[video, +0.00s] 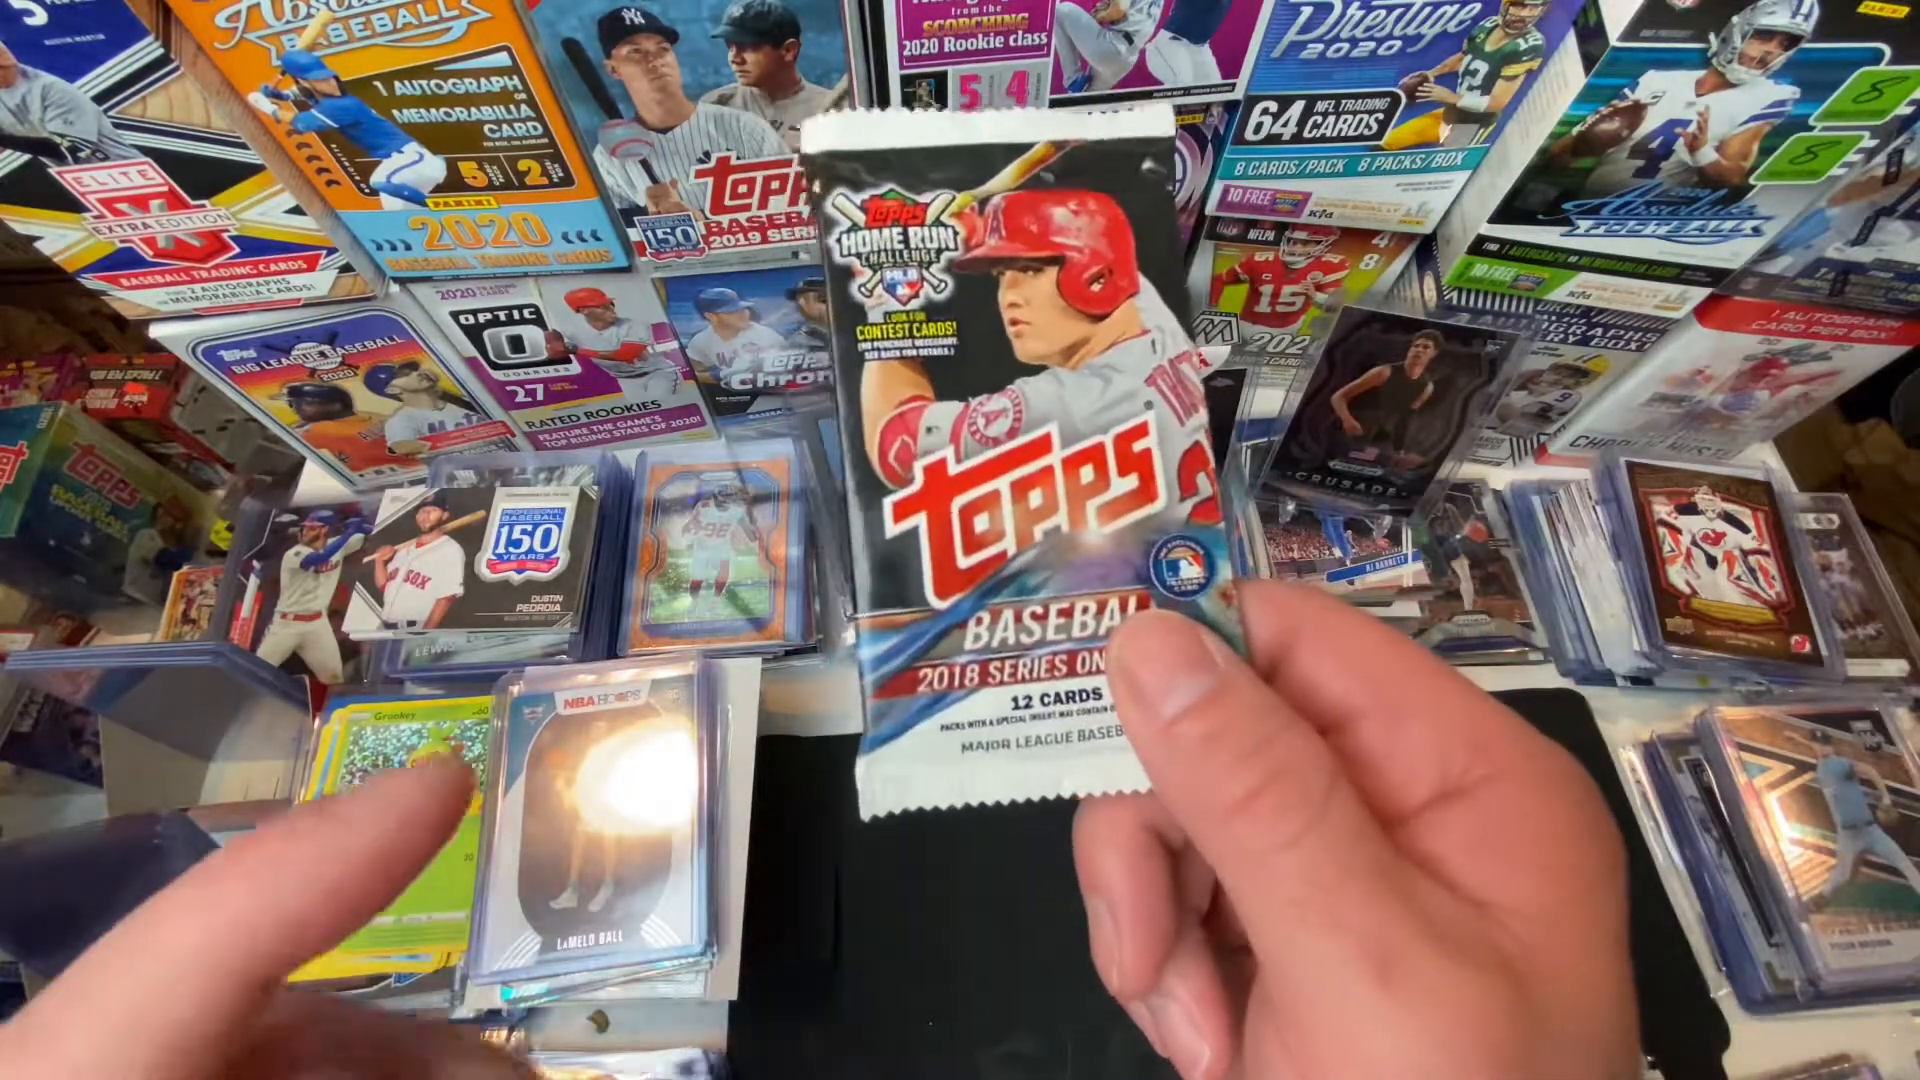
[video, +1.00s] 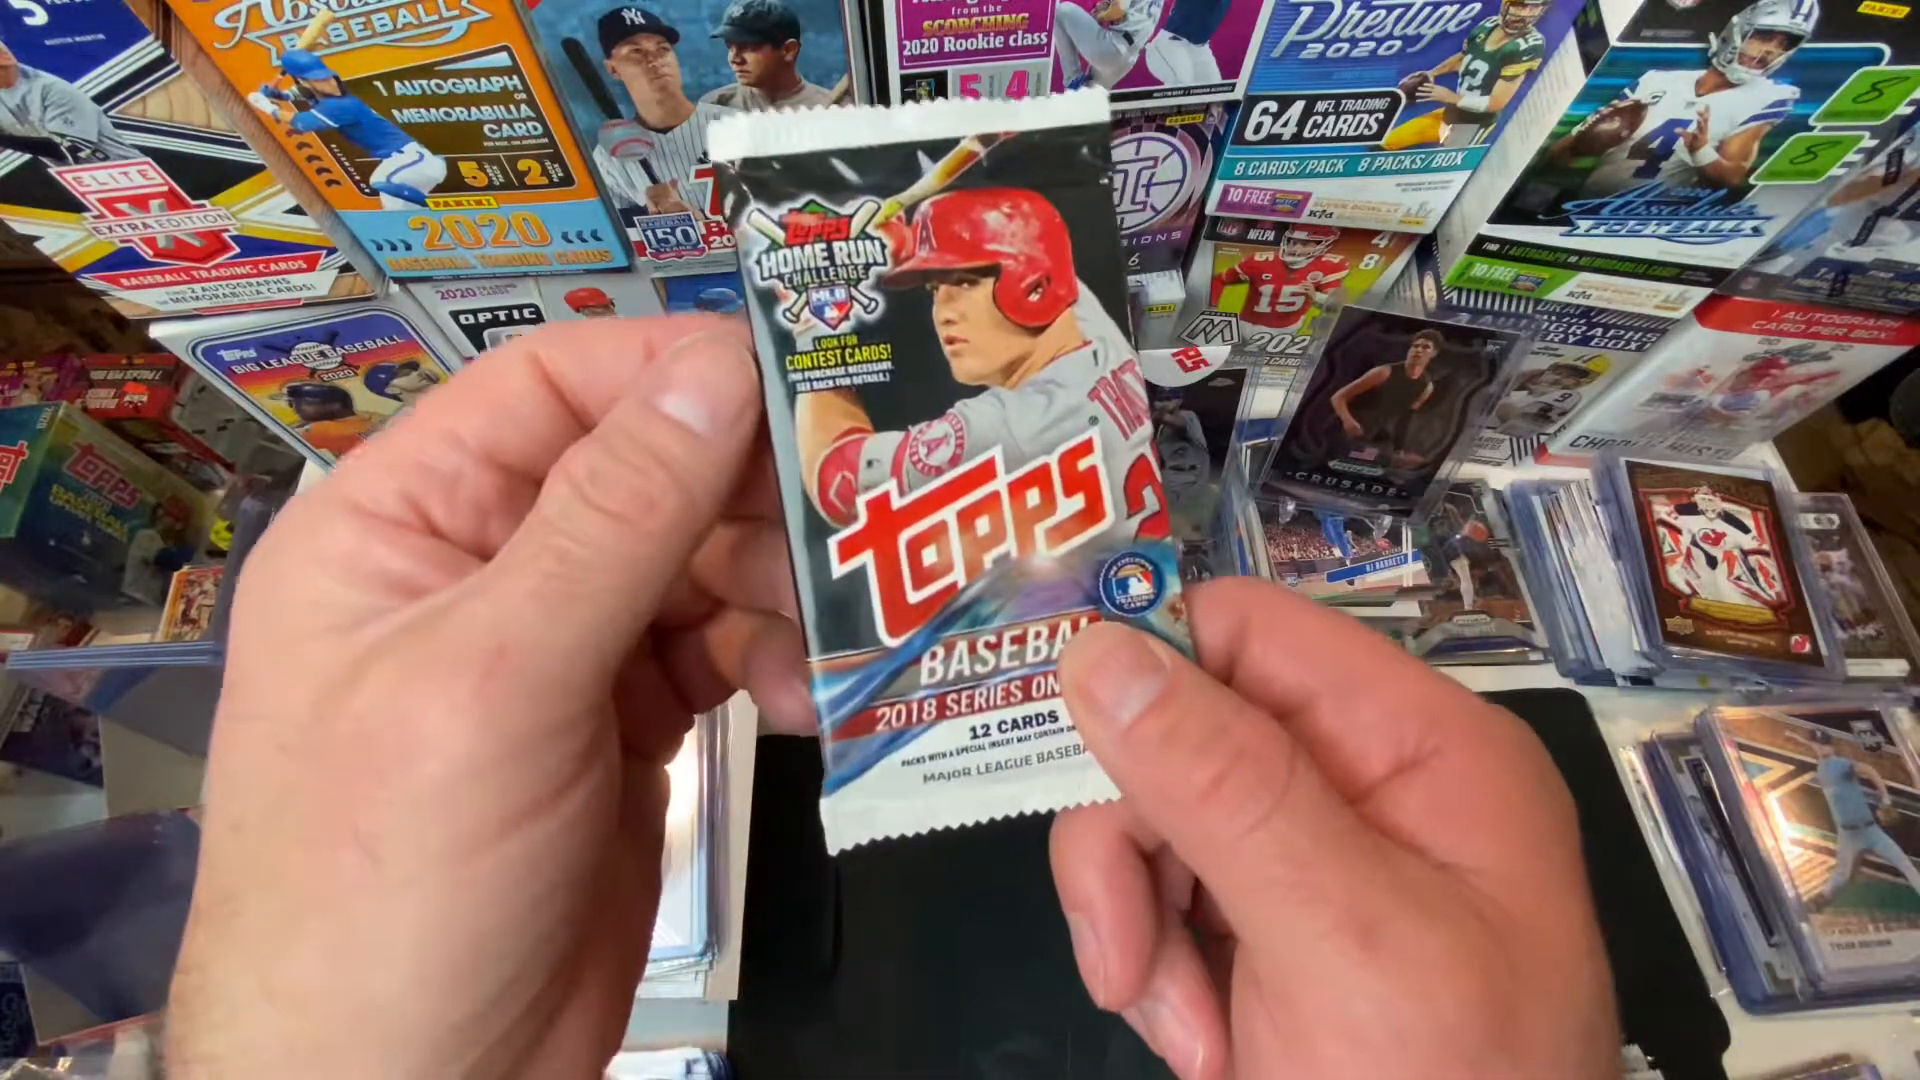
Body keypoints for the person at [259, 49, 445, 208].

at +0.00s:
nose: (331, 80)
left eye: (328, 75)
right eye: (323, 78)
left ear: (311, 83)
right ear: (306, 84)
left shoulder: (344, 105)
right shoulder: (330, 103)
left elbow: (301, 122)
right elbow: (300, 93)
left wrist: (271, 110)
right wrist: (275, 94)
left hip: (414, 158)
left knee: (381, 180)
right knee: (399, 218)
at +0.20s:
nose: (331, 81)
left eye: (329, 76)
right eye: (324, 78)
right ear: (306, 84)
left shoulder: (343, 106)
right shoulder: (331, 104)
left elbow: (300, 122)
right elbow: (302, 93)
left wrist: (271, 110)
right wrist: (278, 95)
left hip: (415, 158)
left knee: (381, 180)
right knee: (399, 219)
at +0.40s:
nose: (331, 80)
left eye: (329, 76)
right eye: (323, 78)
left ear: (309, 83)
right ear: (306, 84)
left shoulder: (344, 106)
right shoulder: (331, 103)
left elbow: (300, 122)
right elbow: (301, 93)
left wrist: (271, 110)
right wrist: (277, 95)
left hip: (414, 158)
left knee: (381, 180)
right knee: (399, 221)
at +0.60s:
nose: (331, 80)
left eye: (328, 76)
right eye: (323, 78)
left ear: (309, 83)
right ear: (306, 84)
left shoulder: (344, 106)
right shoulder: (331, 103)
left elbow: (300, 122)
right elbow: (302, 92)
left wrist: (271, 110)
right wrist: (277, 95)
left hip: (414, 158)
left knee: (381, 180)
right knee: (399, 221)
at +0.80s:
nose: (330, 80)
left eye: (327, 76)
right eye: (322, 78)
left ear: (310, 84)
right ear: (305, 84)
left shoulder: (343, 106)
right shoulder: (332, 101)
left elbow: (299, 123)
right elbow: (299, 93)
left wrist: (271, 110)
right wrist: (274, 94)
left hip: (413, 159)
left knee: (380, 180)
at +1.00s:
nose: (329, 80)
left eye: (327, 75)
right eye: (321, 77)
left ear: (310, 82)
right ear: (305, 83)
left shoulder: (344, 106)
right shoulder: (332, 103)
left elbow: (300, 123)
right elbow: (300, 94)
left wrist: (271, 110)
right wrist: (276, 94)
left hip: (414, 159)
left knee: (380, 179)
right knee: (399, 221)